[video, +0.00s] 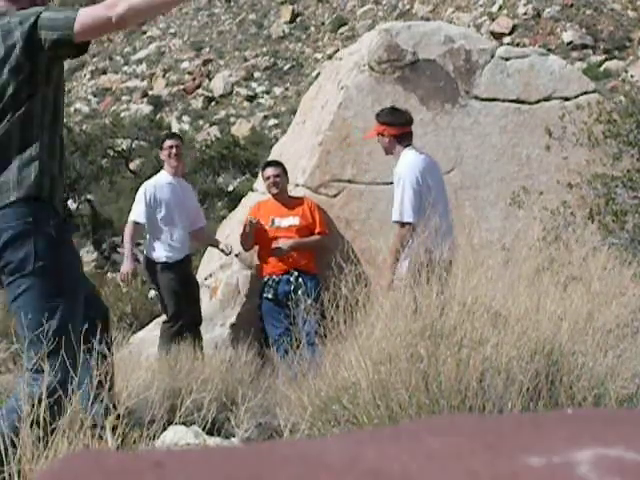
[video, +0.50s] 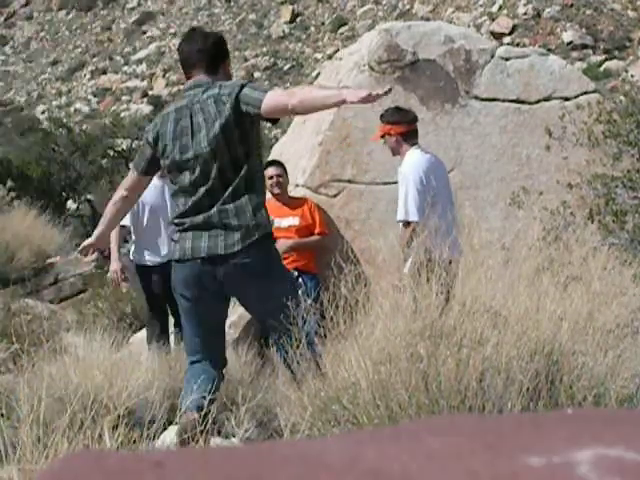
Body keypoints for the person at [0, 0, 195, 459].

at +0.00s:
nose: (47, 4)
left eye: (44, 5)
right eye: (43, 3)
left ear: (9, 2)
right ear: (33, 2)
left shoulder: (19, 28)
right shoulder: (24, 26)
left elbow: (110, 17)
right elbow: (113, 15)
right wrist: (176, 1)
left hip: (26, 216)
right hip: (22, 216)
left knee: (91, 321)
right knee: (52, 365)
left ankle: (100, 429)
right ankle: (8, 455)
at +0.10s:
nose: (84, 12)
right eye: (82, 7)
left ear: (27, 7)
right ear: (71, 5)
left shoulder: (6, 56)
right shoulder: (68, 31)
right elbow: (143, 26)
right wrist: (215, 3)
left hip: (33, 227)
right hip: (82, 213)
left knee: (124, 339)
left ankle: (146, 439)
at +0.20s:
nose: (126, 42)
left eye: (124, 34)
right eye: (126, 33)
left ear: (74, 39)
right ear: (116, 33)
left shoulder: (47, 99)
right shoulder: (112, 69)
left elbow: (10, 174)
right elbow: (170, 72)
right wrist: (245, 47)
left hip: (73, 254)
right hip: (125, 245)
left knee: (143, 357)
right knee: (200, 360)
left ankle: (150, 459)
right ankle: (89, 387)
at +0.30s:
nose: (168, 61)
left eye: (167, 55)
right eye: (167, 54)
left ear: (119, 57)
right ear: (159, 53)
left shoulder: (91, 115)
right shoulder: (157, 86)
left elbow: (68, 188)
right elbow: (203, 97)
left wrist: (49, 236)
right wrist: (271, 94)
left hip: (110, 265)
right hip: (165, 253)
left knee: (160, 373)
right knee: (240, 315)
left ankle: (153, 461)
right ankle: (192, 408)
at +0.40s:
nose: (200, 59)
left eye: (199, 53)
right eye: (199, 53)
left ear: (153, 57)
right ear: (192, 52)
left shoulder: (133, 109)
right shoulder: (193, 87)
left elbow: (105, 177)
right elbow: (236, 101)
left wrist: (82, 219)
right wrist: (296, 101)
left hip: (146, 255)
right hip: (201, 246)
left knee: (175, 373)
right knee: (270, 325)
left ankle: (163, 459)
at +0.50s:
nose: (229, 70)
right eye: (228, 64)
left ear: (183, 71)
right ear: (225, 64)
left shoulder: (163, 122)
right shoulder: (235, 94)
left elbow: (129, 190)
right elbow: (287, 102)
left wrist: (100, 235)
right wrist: (345, 96)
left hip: (189, 258)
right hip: (247, 249)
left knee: (203, 358)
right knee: (289, 335)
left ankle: (186, 423)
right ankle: (323, 413)